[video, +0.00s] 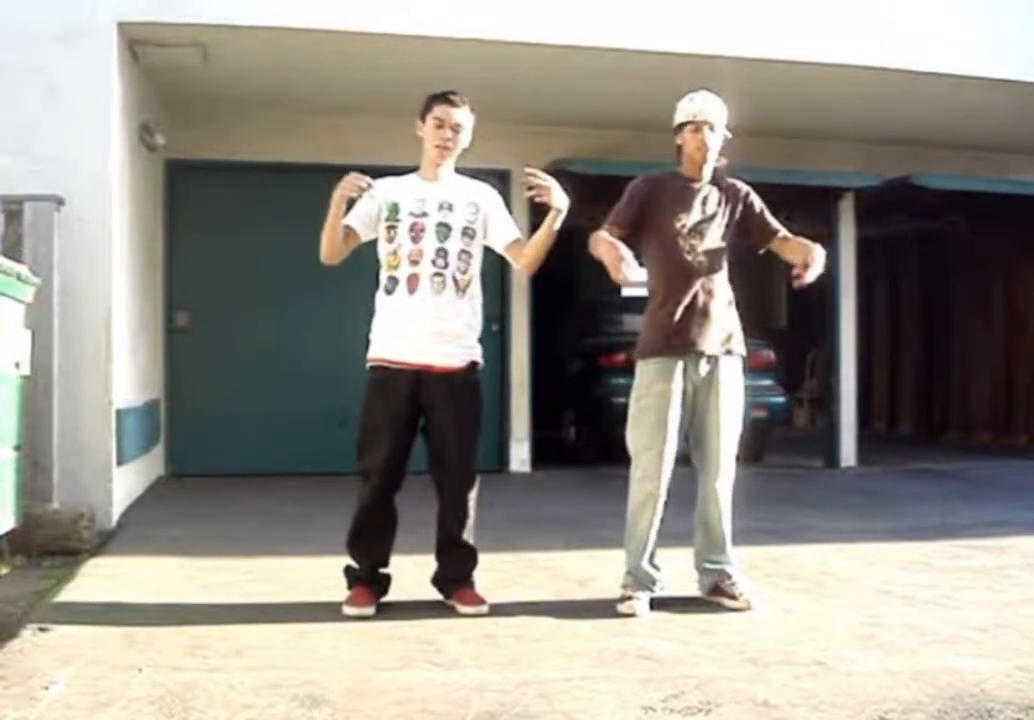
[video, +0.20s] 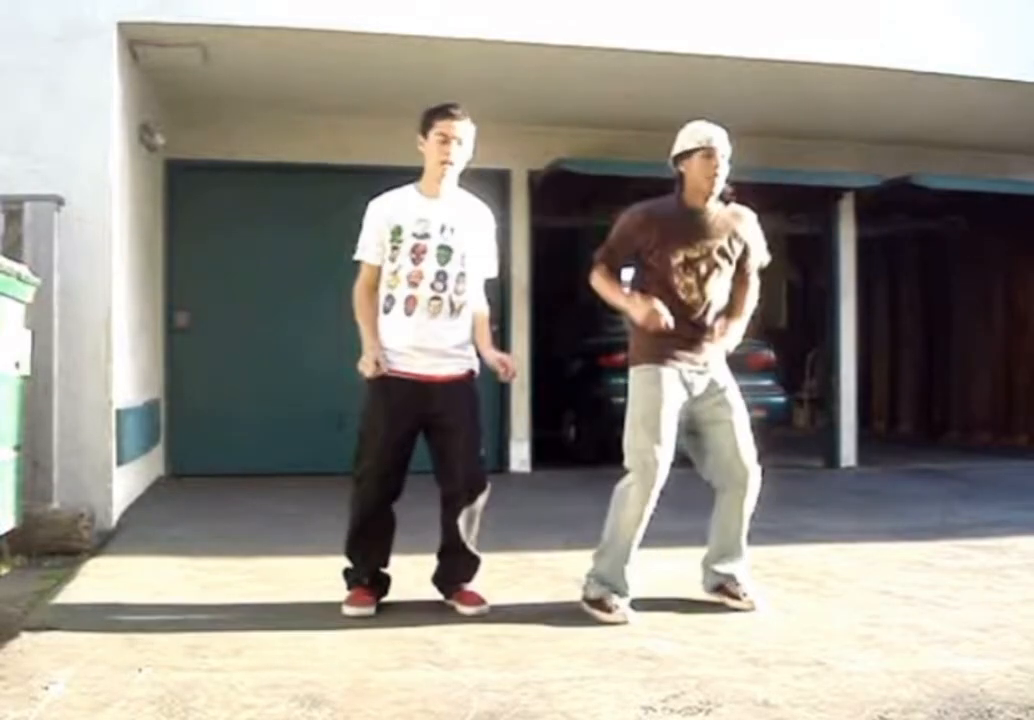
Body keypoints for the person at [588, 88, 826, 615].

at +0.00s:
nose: (700, 136)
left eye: (709, 128)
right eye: (692, 127)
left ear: (724, 137)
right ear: (678, 134)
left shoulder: (736, 195)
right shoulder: (650, 189)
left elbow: (777, 238)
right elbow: (602, 239)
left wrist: (810, 251)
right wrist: (614, 257)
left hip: (722, 346)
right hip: (662, 344)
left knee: (719, 467)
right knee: (651, 467)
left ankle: (717, 572)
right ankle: (638, 580)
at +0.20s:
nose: (717, 165)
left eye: (722, 157)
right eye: (706, 156)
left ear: (727, 164)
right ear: (681, 163)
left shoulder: (743, 224)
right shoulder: (645, 219)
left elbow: (749, 283)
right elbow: (600, 272)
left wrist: (734, 323)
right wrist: (631, 303)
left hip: (712, 362)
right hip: (657, 364)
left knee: (741, 472)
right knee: (648, 470)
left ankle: (724, 572)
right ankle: (604, 585)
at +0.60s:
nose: (745, 139)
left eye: (740, 133)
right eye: (737, 133)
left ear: (702, 141)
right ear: (719, 135)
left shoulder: (701, 178)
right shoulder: (723, 162)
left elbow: (760, 194)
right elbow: (784, 168)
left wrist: (821, 156)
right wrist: (825, 149)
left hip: (724, 339)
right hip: (713, 339)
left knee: (768, 455)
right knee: (673, 454)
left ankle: (792, 569)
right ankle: (611, 567)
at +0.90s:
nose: (778, 157)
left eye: (776, 151)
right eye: (771, 150)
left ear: (737, 161)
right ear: (750, 156)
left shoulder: (733, 202)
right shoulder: (753, 188)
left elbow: (766, 225)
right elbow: (814, 208)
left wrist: (788, 183)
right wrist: (837, 154)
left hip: (753, 351)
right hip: (745, 349)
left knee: (795, 456)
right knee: (703, 460)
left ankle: (787, 572)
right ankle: (614, 562)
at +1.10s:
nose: (841, 188)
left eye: (842, 179)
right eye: (835, 177)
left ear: (805, 177)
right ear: (814, 172)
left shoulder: (785, 209)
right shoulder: (791, 195)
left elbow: (769, 267)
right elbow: (807, 225)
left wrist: (815, 270)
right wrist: (863, 230)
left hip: (750, 352)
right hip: (721, 344)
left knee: (784, 459)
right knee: (700, 459)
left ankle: (787, 573)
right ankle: (624, 569)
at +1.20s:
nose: (852, 200)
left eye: (854, 191)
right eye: (848, 190)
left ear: (822, 186)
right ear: (827, 183)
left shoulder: (795, 217)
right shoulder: (798, 201)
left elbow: (778, 264)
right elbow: (801, 230)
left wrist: (819, 275)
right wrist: (861, 243)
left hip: (744, 349)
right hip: (712, 338)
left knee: (780, 457)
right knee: (702, 457)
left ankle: (787, 571)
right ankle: (629, 570)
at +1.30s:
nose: (868, 255)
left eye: (870, 245)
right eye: (863, 243)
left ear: (849, 244)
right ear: (836, 239)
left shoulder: (817, 283)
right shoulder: (802, 269)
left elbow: (775, 328)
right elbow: (765, 321)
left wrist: (826, 336)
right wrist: (836, 325)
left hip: (733, 374)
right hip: (693, 368)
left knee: (784, 458)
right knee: (699, 477)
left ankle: (784, 574)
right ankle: (624, 579)